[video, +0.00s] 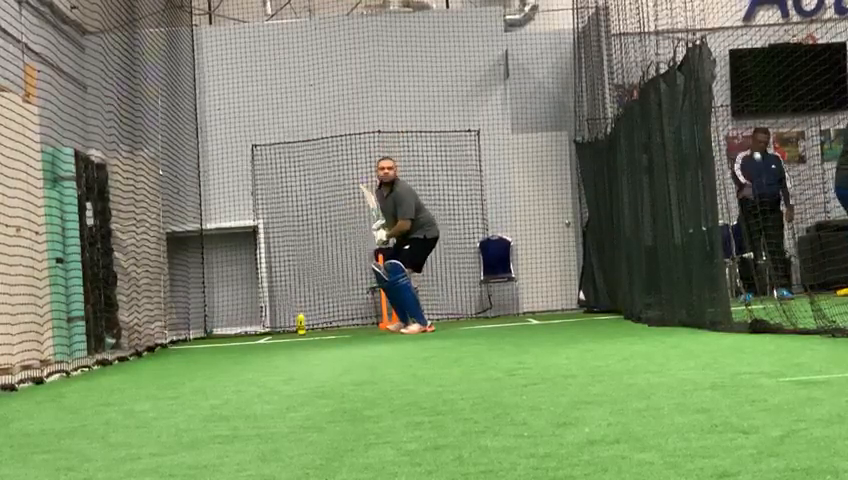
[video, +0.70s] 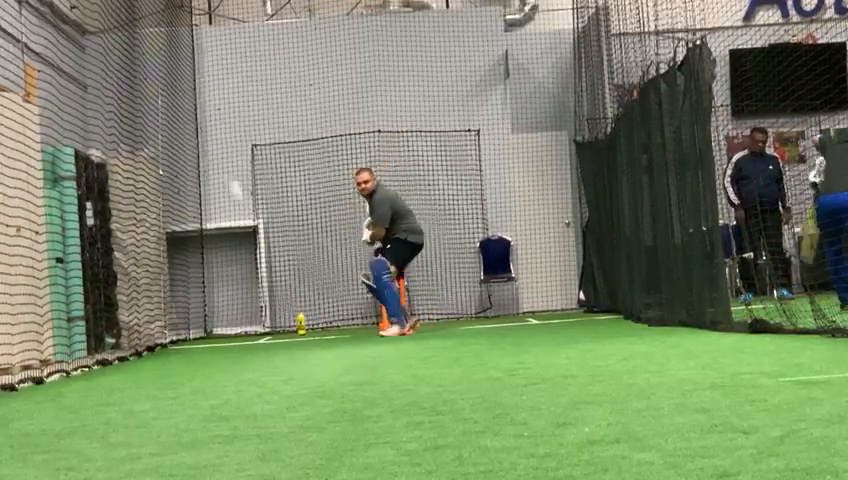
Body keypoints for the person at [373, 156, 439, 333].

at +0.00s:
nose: (386, 172)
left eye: (389, 169)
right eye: (382, 169)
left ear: (395, 171)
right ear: (377, 172)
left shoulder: (402, 191)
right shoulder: (380, 191)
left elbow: (405, 224)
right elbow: (390, 217)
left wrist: (387, 234)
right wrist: (383, 225)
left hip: (424, 233)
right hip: (407, 234)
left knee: (401, 270)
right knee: (388, 268)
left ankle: (420, 322)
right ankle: (403, 319)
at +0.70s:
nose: (362, 186)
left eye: (366, 182)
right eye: (359, 184)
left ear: (375, 180)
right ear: (356, 185)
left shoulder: (380, 198)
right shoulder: (375, 196)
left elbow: (379, 232)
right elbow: (374, 217)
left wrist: (371, 237)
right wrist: (371, 225)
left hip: (408, 239)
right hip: (400, 238)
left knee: (381, 270)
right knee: (374, 280)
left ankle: (399, 323)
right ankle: (405, 319)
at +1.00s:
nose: (347, 200)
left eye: (350, 195)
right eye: (344, 197)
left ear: (360, 190)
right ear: (342, 197)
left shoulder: (367, 205)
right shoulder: (369, 199)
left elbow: (365, 241)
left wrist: (357, 243)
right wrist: (364, 227)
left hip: (399, 243)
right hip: (391, 243)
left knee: (373, 272)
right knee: (360, 279)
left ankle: (398, 324)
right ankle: (382, 324)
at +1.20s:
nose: (341, 194)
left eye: (342, 190)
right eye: (340, 190)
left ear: (350, 186)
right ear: (355, 186)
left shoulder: (363, 195)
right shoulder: (355, 205)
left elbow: (336, 216)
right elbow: (336, 229)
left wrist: (312, 231)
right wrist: (310, 241)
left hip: (402, 238)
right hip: (383, 245)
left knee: (396, 273)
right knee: (359, 282)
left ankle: (397, 320)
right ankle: (380, 322)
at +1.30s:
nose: (338, 197)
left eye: (339, 193)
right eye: (338, 194)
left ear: (347, 187)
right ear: (348, 187)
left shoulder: (364, 193)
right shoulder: (354, 207)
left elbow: (333, 211)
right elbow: (330, 225)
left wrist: (307, 216)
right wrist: (300, 230)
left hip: (403, 237)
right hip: (383, 245)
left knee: (400, 271)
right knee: (361, 280)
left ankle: (408, 320)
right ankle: (381, 323)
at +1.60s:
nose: (349, 181)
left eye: (350, 177)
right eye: (345, 180)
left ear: (357, 177)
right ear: (343, 184)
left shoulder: (372, 186)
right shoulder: (350, 202)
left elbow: (387, 172)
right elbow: (343, 219)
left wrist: (365, 169)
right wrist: (346, 195)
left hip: (400, 234)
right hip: (379, 242)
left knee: (399, 269)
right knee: (360, 280)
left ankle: (425, 318)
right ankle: (381, 323)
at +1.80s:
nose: (363, 182)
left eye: (365, 177)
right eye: (359, 180)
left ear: (372, 175)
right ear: (357, 182)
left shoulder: (386, 185)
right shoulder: (361, 197)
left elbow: (405, 191)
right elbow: (347, 209)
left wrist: (384, 181)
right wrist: (352, 185)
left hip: (407, 236)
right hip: (385, 242)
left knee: (402, 269)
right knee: (363, 281)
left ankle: (426, 319)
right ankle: (381, 323)